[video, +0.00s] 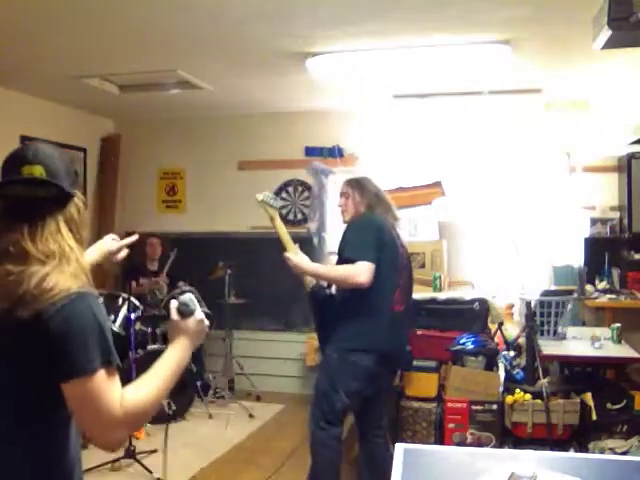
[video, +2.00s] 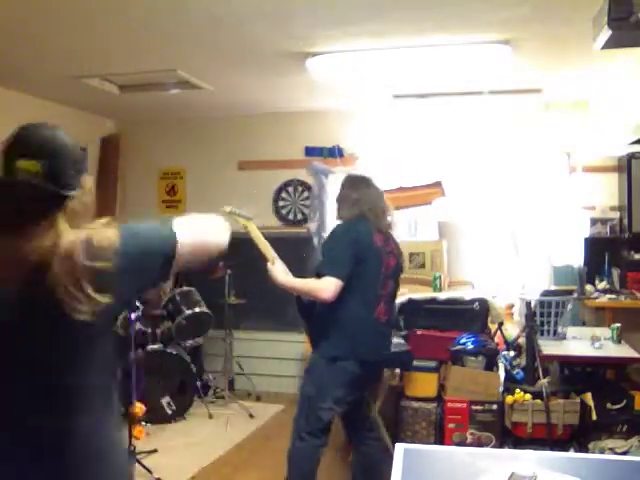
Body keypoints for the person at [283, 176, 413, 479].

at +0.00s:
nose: (340, 204)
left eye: (344, 197)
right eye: (340, 198)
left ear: (361, 198)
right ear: (371, 200)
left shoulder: (364, 225)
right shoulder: (389, 233)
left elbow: (361, 275)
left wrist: (309, 267)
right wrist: (320, 280)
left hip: (356, 346)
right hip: (385, 347)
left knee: (325, 423)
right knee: (373, 429)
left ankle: (323, 474)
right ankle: (377, 476)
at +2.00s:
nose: (338, 203)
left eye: (341, 197)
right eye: (339, 197)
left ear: (349, 200)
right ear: (375, 202)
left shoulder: (347, 234)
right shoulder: (389, 241)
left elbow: (328, 289)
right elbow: (385, 296)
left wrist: (285, 280)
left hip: (339, 352)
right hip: (373, 351)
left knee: (308, 434)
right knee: (362, 425)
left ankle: (299, 474)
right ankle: (378, 473)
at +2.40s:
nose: (306, 216)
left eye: (310, 208)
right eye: (306, 209)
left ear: (321, 209)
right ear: (344, 208)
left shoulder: (326, 241)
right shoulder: (364, 243)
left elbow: (311, 301)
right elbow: (374, 311)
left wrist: (280, 292)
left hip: (317, 358)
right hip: (353, 358)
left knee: (288, 443)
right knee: (350, 436)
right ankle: (366, 475)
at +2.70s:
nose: (312, 216)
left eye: (314, 208)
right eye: (313, 208)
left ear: (321, 210)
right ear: (349, 207)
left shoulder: (322, 245)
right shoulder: (369, 245)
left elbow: (313, 299)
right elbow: (372, 303)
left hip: (323, 350)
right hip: (357, 351)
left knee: (299, 435)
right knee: (351, 428)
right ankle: (366, 473)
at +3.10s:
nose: (310, 213)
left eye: (314, 206)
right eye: (311, 206)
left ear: (329, 208)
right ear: (350, 206)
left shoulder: (336, 242)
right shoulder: (370, 242)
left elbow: (324, 305)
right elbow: (372, 303)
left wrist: (286, 304)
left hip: (326, 358)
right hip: (358, 358)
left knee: (296, 442)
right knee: (351, 430)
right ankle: (366, 475)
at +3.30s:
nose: (307, 210)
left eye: (312, 203)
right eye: (308, 203)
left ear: (328, 207)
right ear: (349, 206)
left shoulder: (338, 240)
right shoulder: (368, 241)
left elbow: (324, 307)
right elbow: (362, 304)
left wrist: (280, 294)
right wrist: (311, 292)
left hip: (328, 361)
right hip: (358, 360)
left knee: (295, 445)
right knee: (352, 433)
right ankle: (367, 476)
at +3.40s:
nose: (308, 207)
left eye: (314, 201)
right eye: (310, 200)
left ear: (330, 207)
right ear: (349, 207)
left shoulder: (338, 240)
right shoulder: (368, 242)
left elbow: (325, 307)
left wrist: (279, 294)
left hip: (328, 361)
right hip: (358, 360)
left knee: (295, 445)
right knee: (352, 433)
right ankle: (368, 475)